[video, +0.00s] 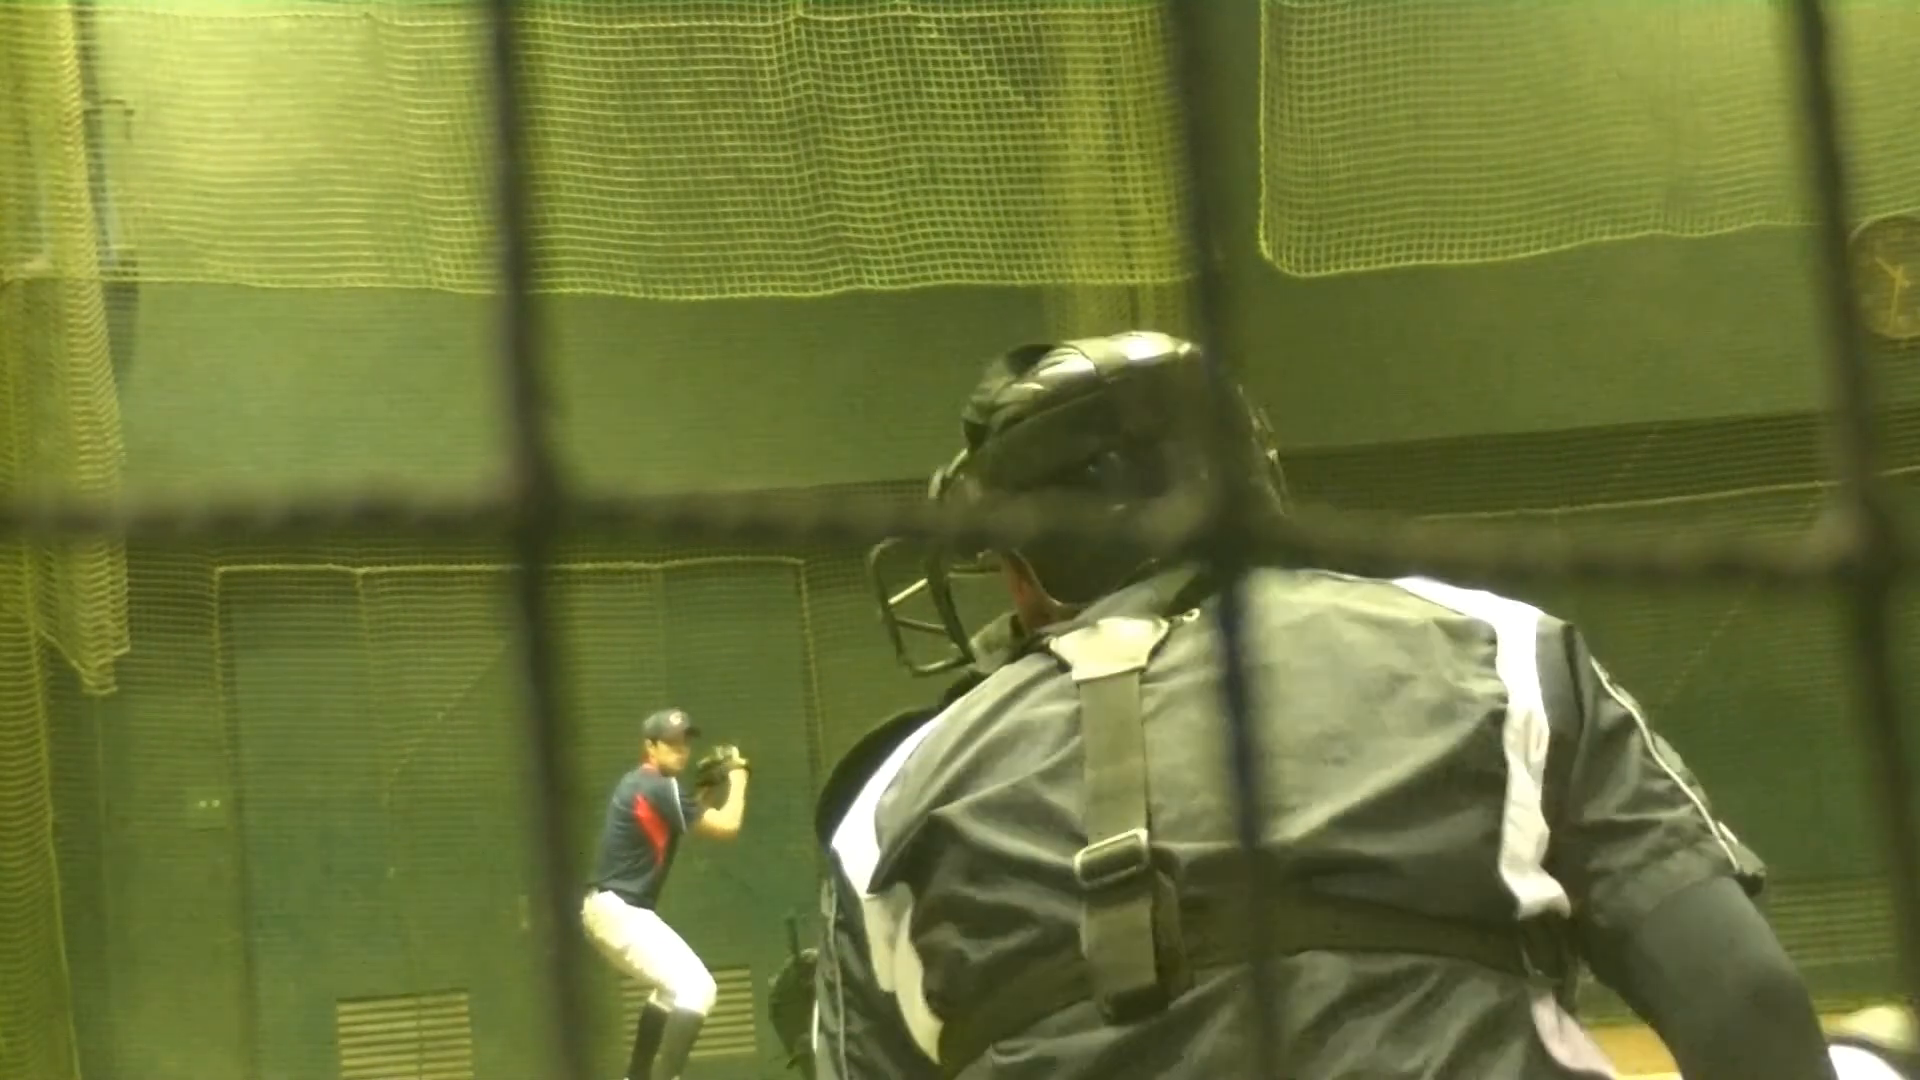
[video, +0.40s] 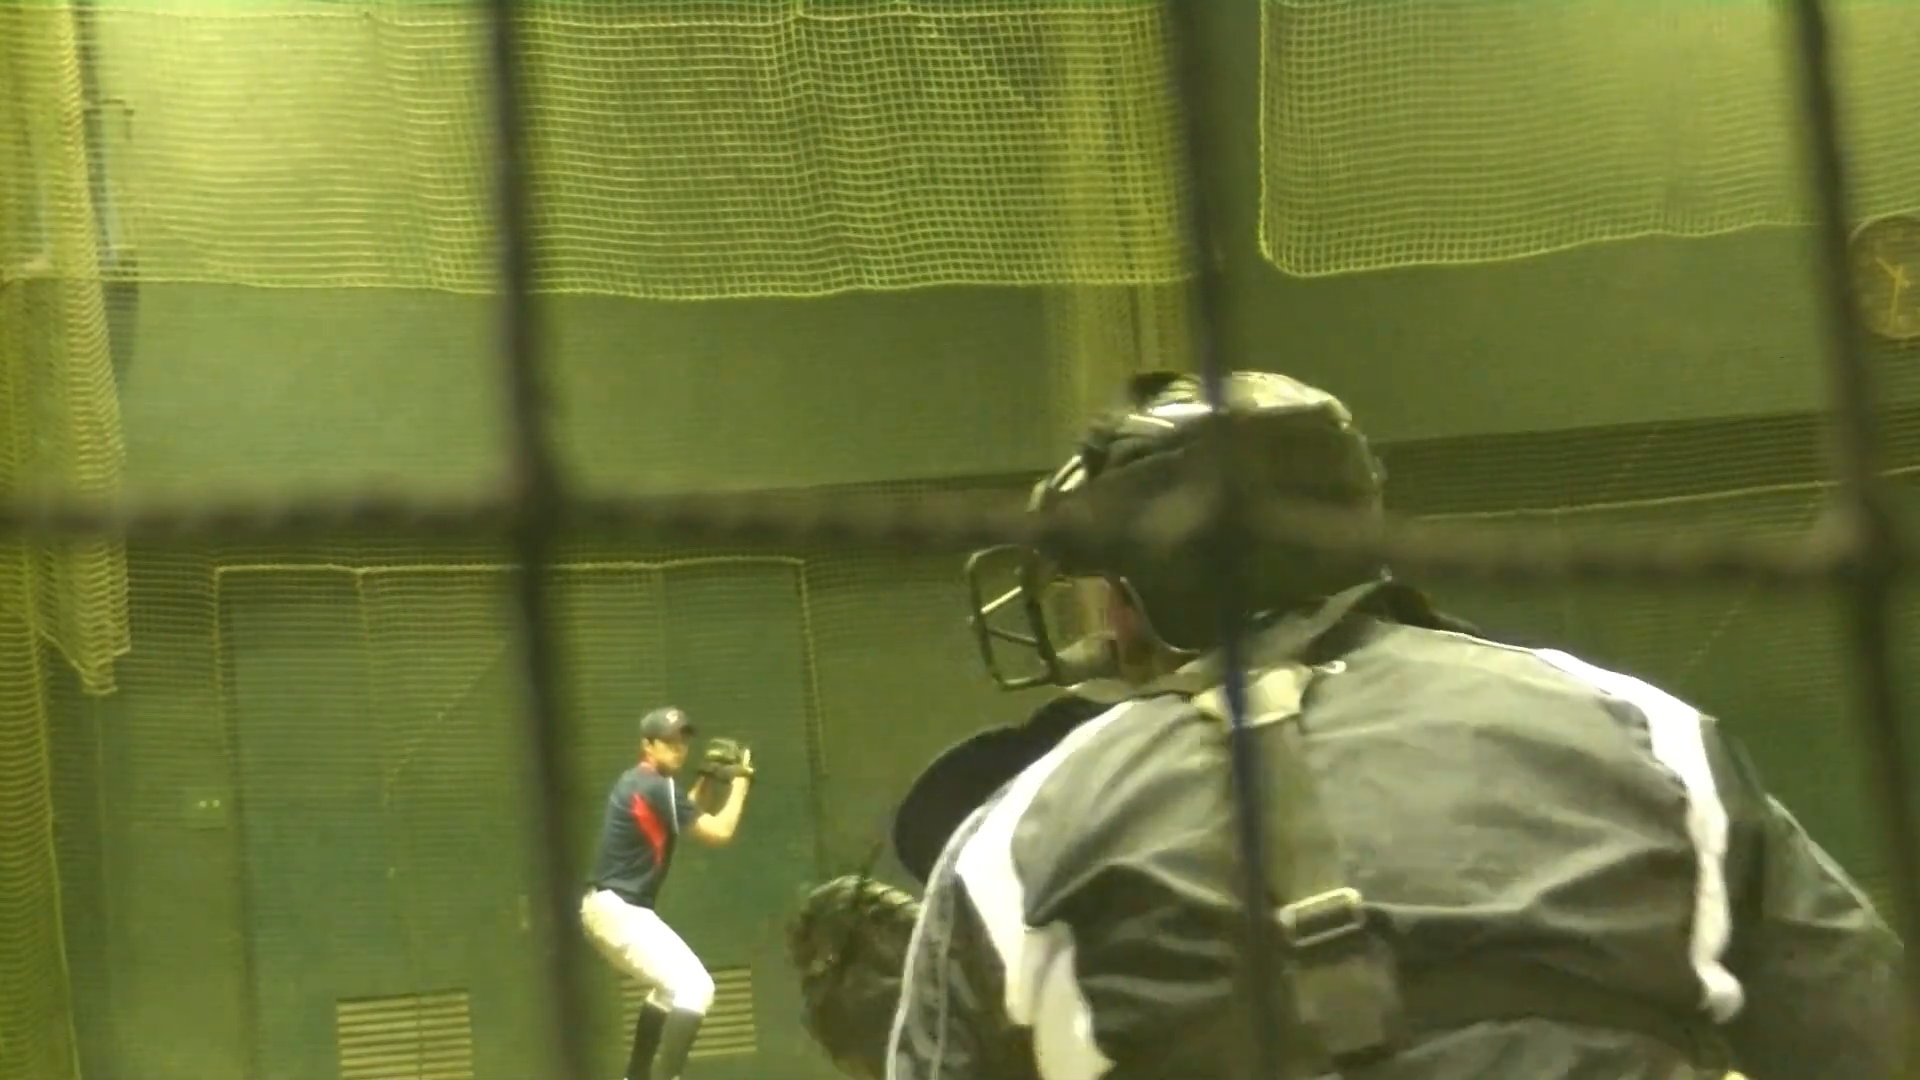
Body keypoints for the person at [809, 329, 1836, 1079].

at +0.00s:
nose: (985, 597)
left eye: (985, 567)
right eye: (976, 563)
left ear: (1026, 582)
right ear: (1263, 506)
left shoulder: (893, 807)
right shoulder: (1506, 658)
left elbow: (870, 1065)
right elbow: (1744, 1000)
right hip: (1468, 1043)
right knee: (1843, 1057)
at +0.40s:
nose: (1077, 621)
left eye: (1080, 586)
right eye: (1071, 585)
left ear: (1132, 608)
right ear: (1357, 561)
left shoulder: (1004, 858)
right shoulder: (1654, 739)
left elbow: (938, 1068)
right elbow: (1866, 1025)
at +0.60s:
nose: (1173, 670)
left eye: (1182, 628)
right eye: (1165, 631)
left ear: (1246, 634)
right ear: (1456, 593)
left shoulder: (1135, 886)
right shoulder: (1784, 802)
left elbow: (1046, 1071)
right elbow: (1869, 1051)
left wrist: (980, 1007)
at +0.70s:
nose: (1229, 671)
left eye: (1230, 636)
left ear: (1282, 658)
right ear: (1527, 612)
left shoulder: (1197, 883)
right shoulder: (1837, 815)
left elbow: (1089, 1070)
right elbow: (1889, 1035)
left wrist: (1018, 1002)